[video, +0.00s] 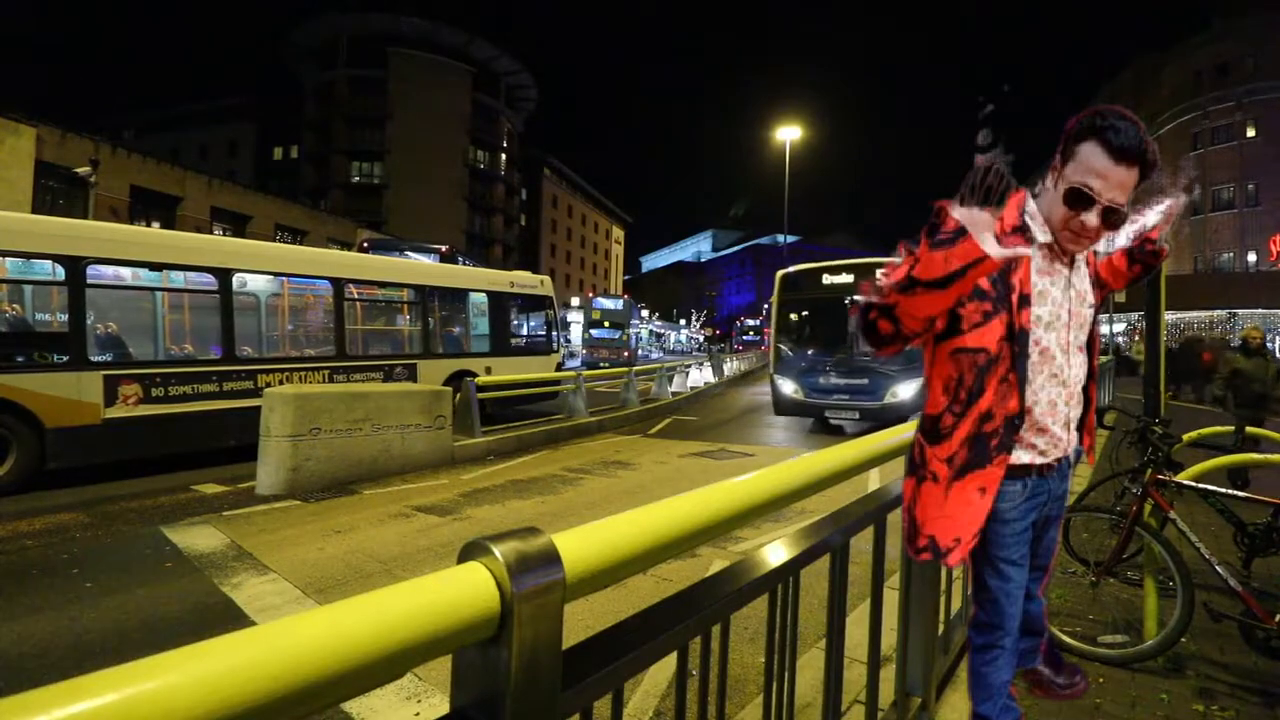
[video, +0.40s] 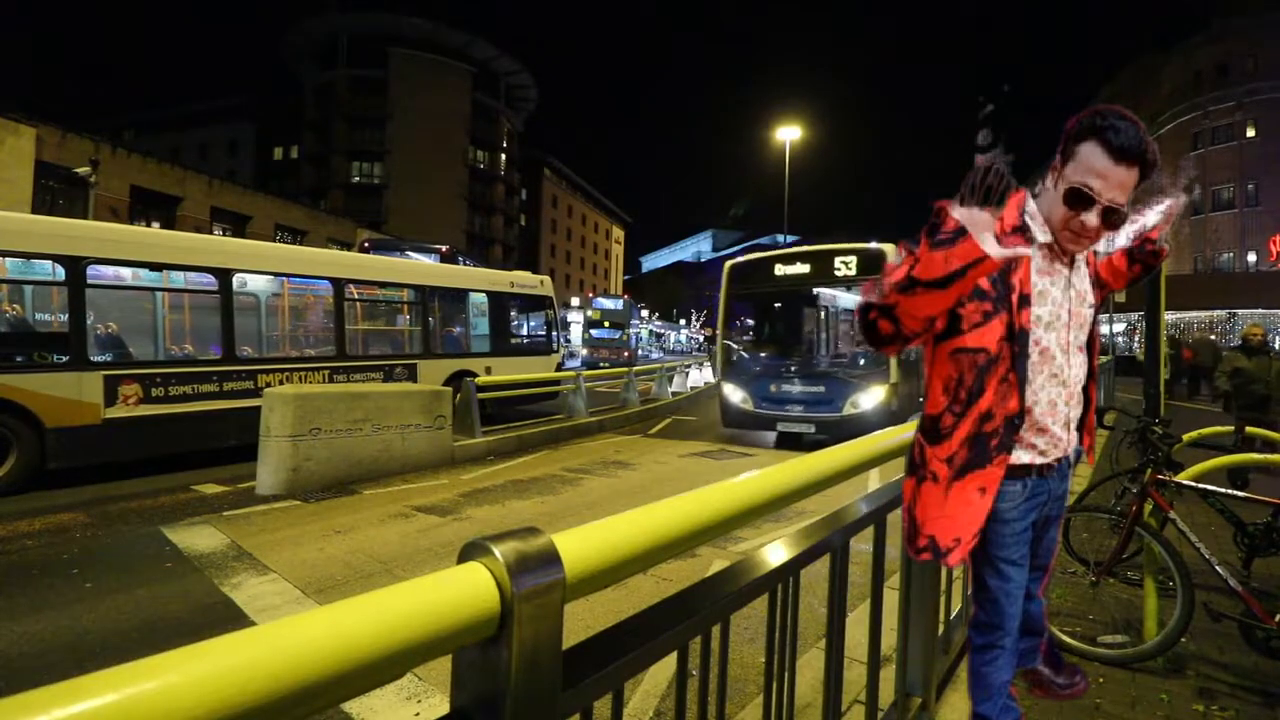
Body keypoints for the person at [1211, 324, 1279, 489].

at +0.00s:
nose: (1254, 342)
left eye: (1258, 339)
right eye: (1251, 338)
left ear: (1263, 341)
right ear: (1244, 339)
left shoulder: (1269, 361)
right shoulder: (1234, 358)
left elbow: (1272, 386)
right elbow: (1222, 380)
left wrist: (1271, 406)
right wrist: (1221, 399)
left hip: (1260, 407)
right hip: (1239, 406)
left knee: (1253, 443)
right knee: (1238, 442)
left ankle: (1245, 475)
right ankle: (1233, 476)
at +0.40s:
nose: (1257, 339)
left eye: (1261, 335)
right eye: (1253, 335)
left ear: (1265, 338)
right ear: (1245, 337)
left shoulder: (1272, 358)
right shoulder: (1233, 355)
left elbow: (1274, 381)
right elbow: (1220, 376)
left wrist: (1274, 397)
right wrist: (1228, 392)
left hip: (1268, 407)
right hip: (1243, 407)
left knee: (1271, 443)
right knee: (1244, 444)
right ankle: (1240, 476)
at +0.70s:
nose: (1274, 340)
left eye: (1277, 337)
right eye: (1270, 337)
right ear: (1261, 338)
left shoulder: (1277, 360)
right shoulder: (1248, 358)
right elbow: (1231, 379)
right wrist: (1243, 391)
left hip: (1274, 411)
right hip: (1250, 411)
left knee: (1275, 446)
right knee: (1247, 446)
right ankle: (1240, 476)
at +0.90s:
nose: (1278, 337)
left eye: (1279, 333)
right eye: (1275, 333)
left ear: (1279, 335)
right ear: (1266, 335)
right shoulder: (1255, 357)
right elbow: (1238, 384)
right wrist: (1244, 405)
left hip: (1275, 411)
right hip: (1260, 410)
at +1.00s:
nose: (1278, 337)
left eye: (1279, 334)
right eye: (1276, 333)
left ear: (1278, 336)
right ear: (1268, 336)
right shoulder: (1257, 358)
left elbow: (1239, 383)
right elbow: (1239, 384)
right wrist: (1240, 406)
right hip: (1265, 412)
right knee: (1268, 444)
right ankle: (1267, 474)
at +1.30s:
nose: (1279, 337)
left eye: (1279, 333)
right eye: (1277, 333)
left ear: (1273, 337)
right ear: (1271, 336)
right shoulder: (1261, 360)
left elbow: (1247, 386)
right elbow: (1246, 386)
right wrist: (1244, 409)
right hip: (1268, 413)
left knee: (1274, 447)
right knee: (1273, 447)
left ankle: (1274, 477)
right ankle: (1273, 477)